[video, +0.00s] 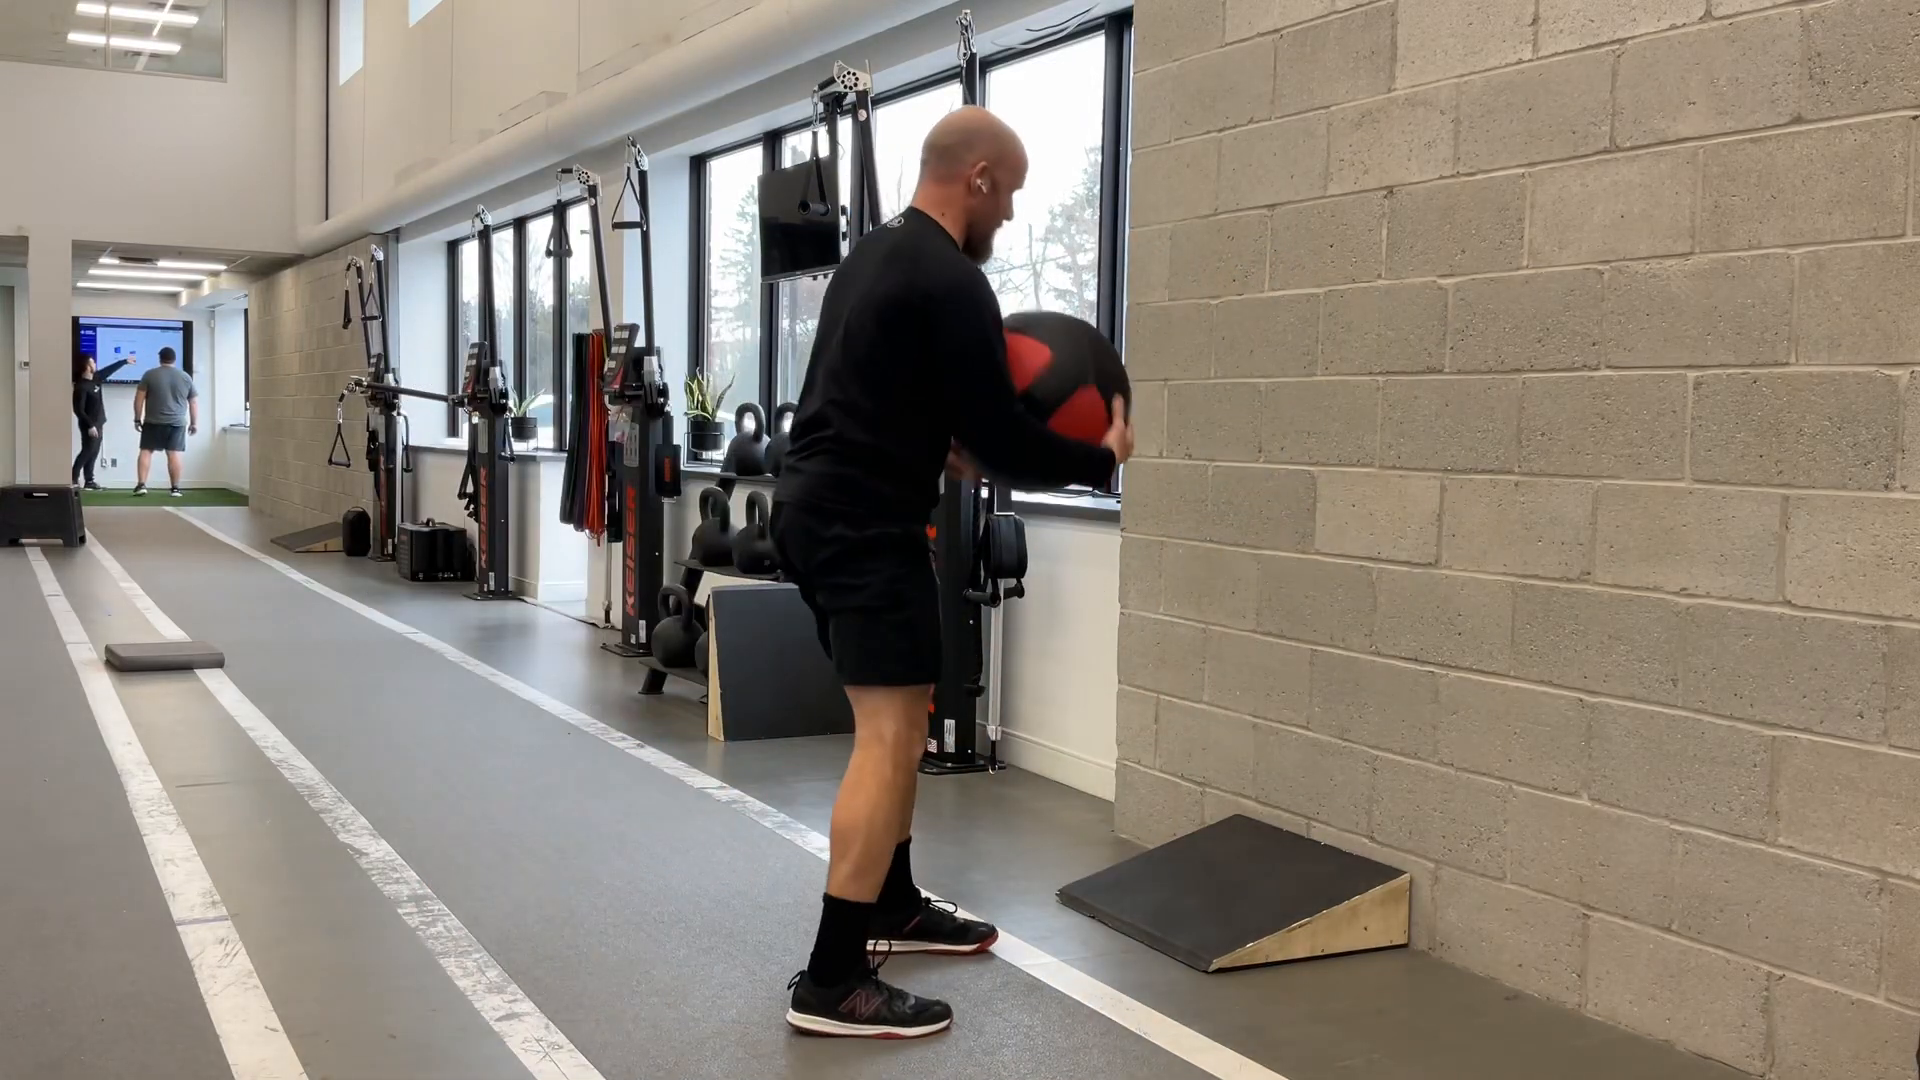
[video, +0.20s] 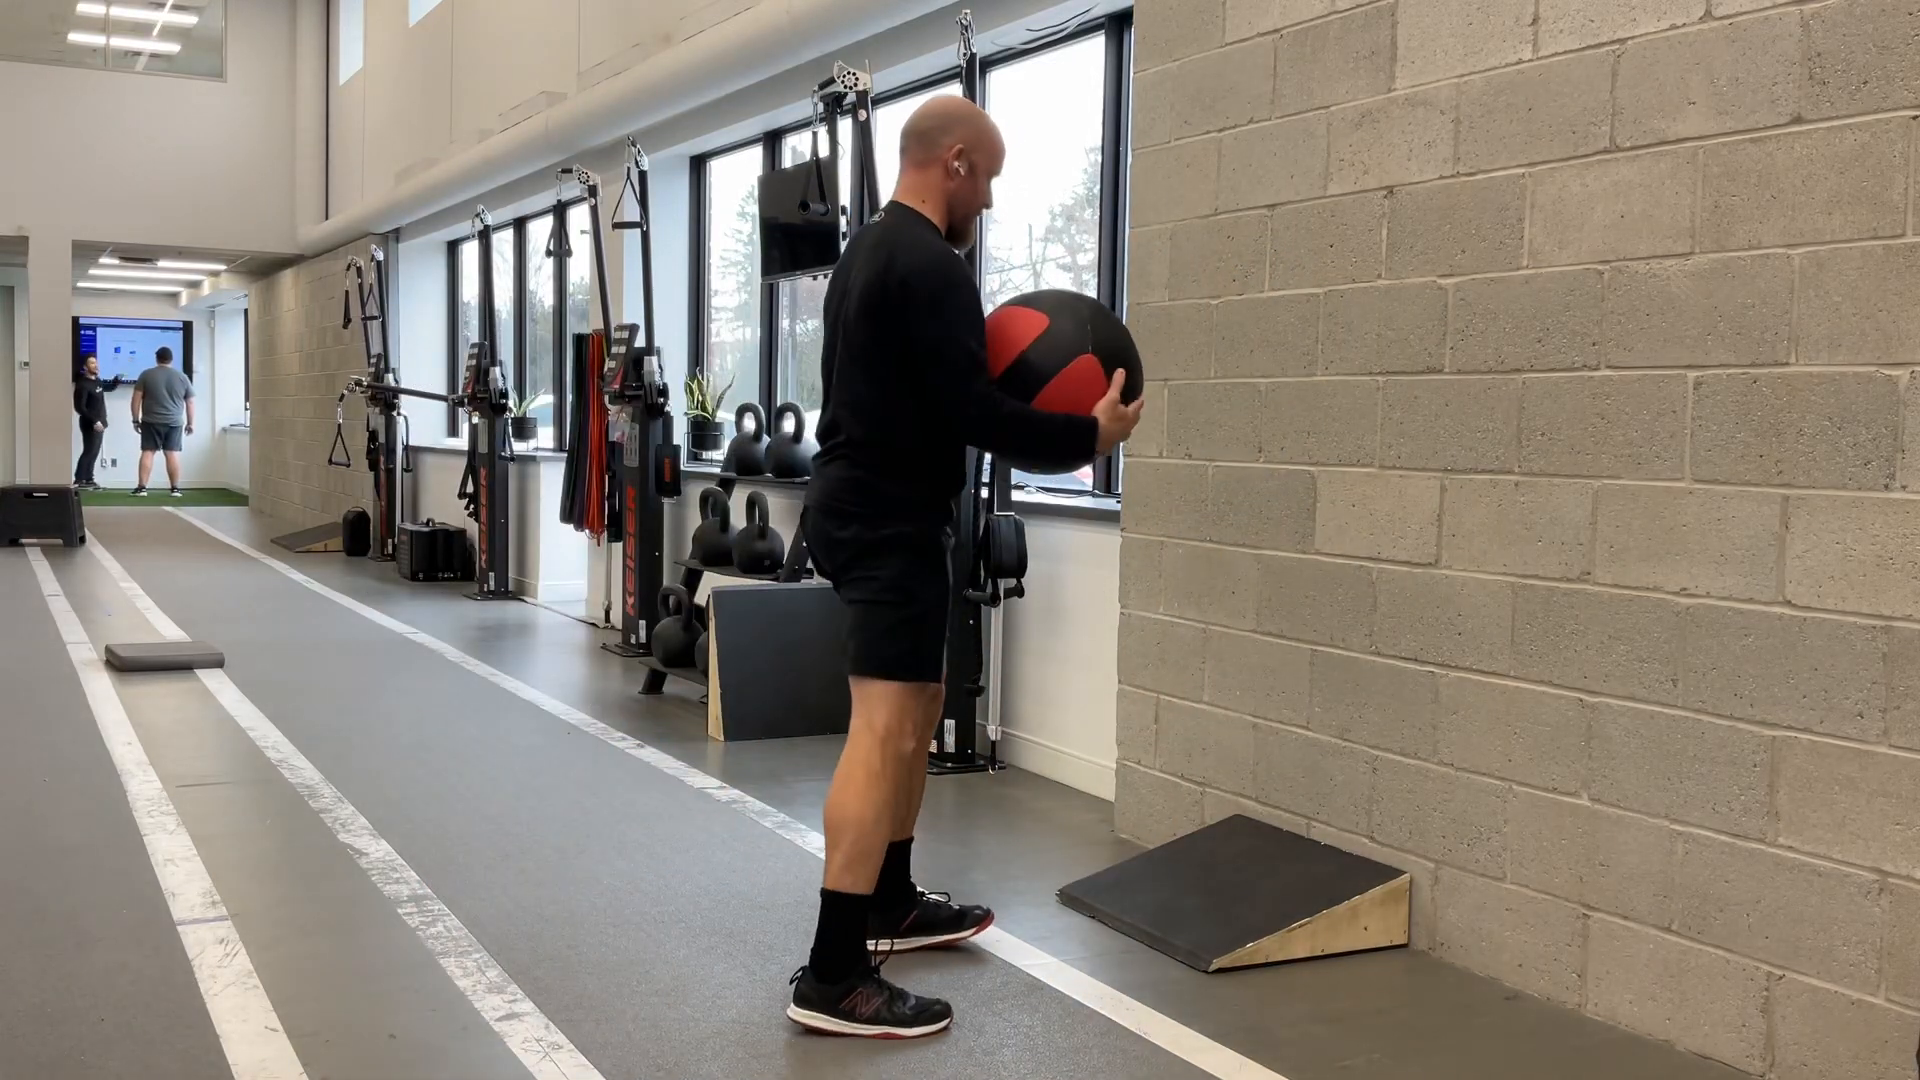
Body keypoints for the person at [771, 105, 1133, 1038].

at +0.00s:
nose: (1007, 217)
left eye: (1011, 199)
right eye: (1008, 197)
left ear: (939, 174)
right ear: (975, 182)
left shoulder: (878, 254)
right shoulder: (950, 284)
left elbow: (880, 398)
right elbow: (1004, 446)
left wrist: (953, 447)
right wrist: (1102, 456)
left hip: (833, 505)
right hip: (865, 518)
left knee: (902, 719)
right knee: (888, 734)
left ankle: (889, 902)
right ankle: (832, 978)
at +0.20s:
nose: (990, 196)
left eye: (991, 179)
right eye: (987, 178)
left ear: (926, 162)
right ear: (955, 165)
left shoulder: (878, 252)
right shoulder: (923, 262)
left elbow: (929, 393)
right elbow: (971, 412)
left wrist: (1040, 402)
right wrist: (1088, 438)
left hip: (882, 515)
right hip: (891, 524)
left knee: (915, 717)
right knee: (883, 737)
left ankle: (888, 902)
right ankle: (831, 974)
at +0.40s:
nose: (990, 193)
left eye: (992, 177)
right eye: (987, 175)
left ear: (934, 158)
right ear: (950, 160)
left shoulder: (900, 245)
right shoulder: (910, 251)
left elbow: (921, 386)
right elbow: (900, 395)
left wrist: (1030, 413)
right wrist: (1016, 428)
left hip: (886, 510)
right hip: (902, 516)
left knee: (900, 713)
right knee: (944, 715)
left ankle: (892, 902)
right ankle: (855, 933)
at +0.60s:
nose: (1014, 201)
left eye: (1018, 184)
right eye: (1012, 182)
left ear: (962, 167)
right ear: (970, 167)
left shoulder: (945, 257)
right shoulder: (905, 252)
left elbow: (964, 389)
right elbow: (853, 381)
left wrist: (1058, 438)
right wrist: (966, 422)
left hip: (935, 517)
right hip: (908, 519)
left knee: (942, 710)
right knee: (931, 714)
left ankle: (899, 897)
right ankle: (881, 915)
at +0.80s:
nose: (1045, 210)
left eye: (1049, 194)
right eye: (1043, 192)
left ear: (997, 178)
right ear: (998, 177)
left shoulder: (1005, 282)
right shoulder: (914, 267)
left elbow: (1009, 404)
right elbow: (890, 419)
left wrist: (1100, 438)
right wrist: (1005, 410)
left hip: (988, 519)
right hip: (919, 527)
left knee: (1053, 685)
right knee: (943, 721)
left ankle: (978, 855)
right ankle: (879, 919)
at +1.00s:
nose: (1116, 221)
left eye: (1121, 204)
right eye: (1109, 204)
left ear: (1064, 195)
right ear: (1057, 193)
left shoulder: (1069, 295)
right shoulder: (976, 281)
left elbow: (1062, 412)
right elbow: (981, 410)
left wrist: (1138, 454)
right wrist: (1094, 418)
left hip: (1043, 514)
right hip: (965, 526)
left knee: (1126, 671)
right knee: (968, 717)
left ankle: (1134, 830)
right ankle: (885, 916)